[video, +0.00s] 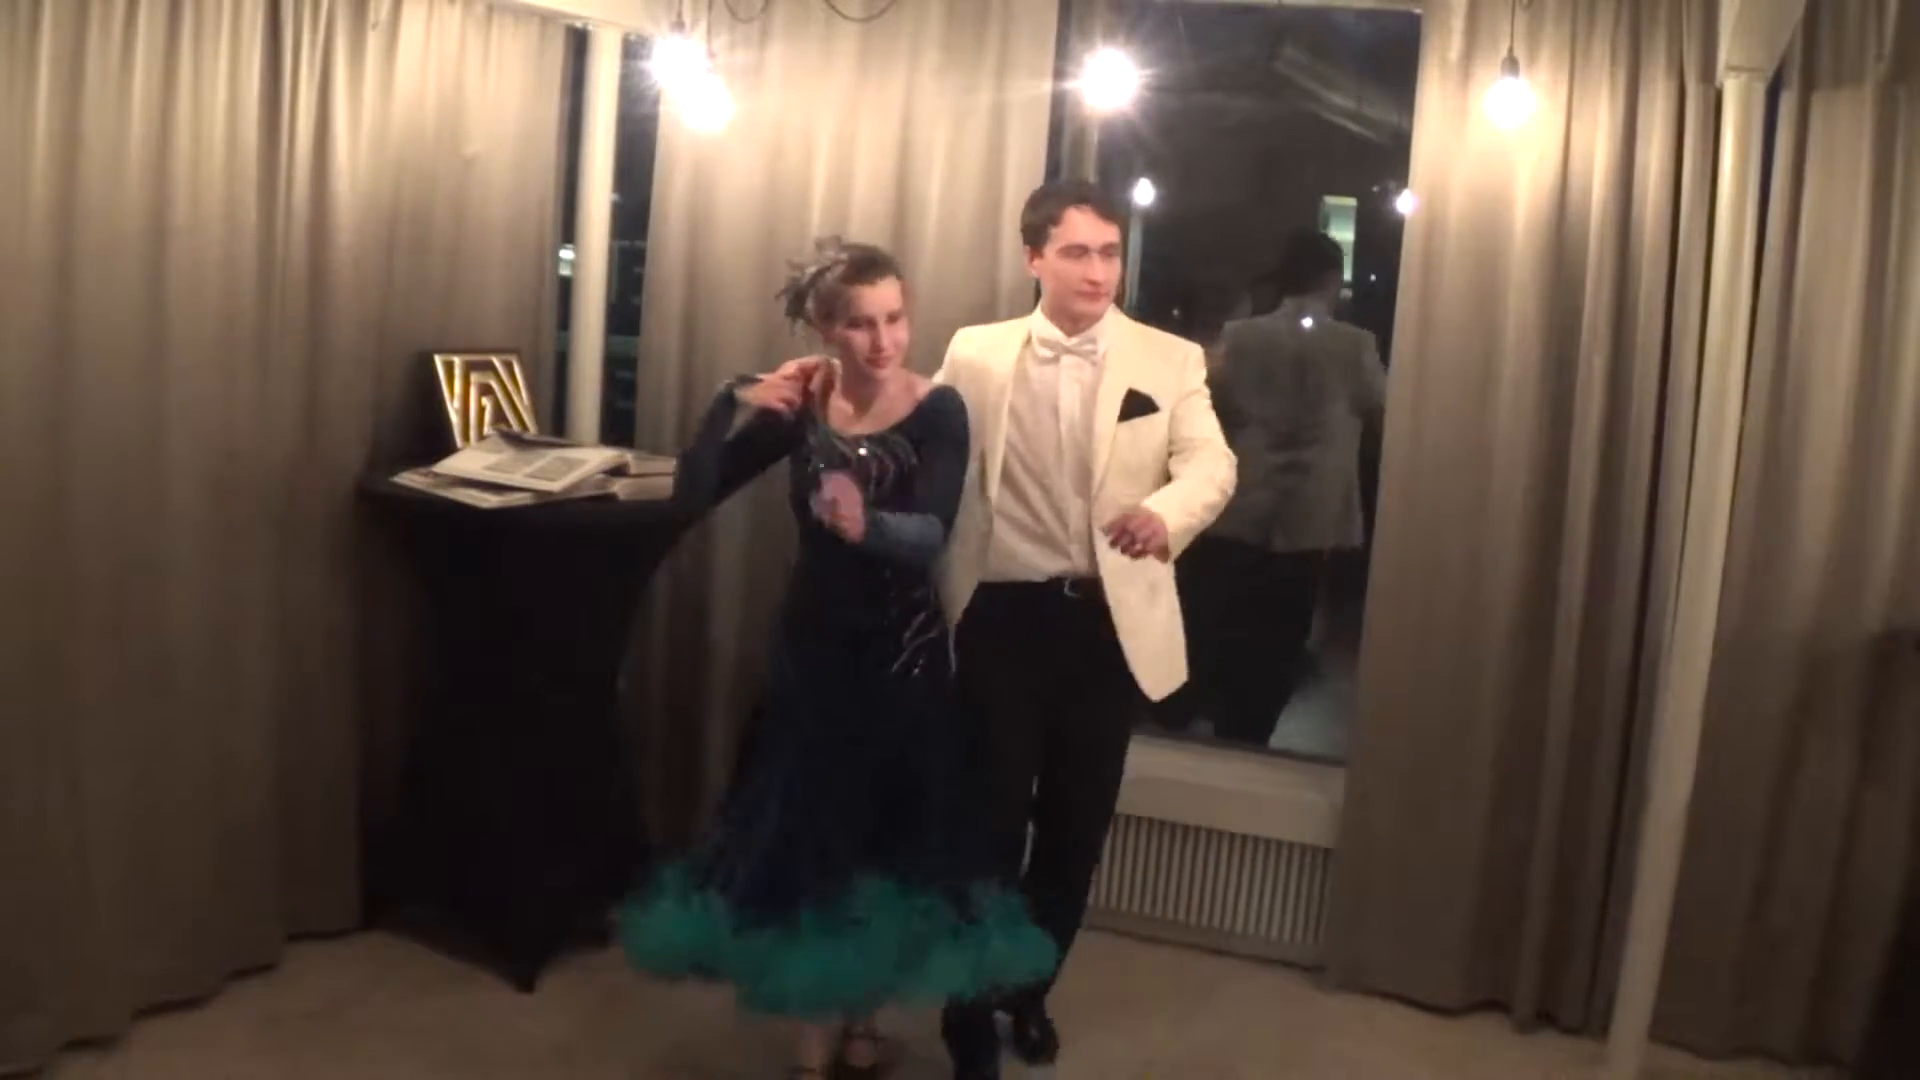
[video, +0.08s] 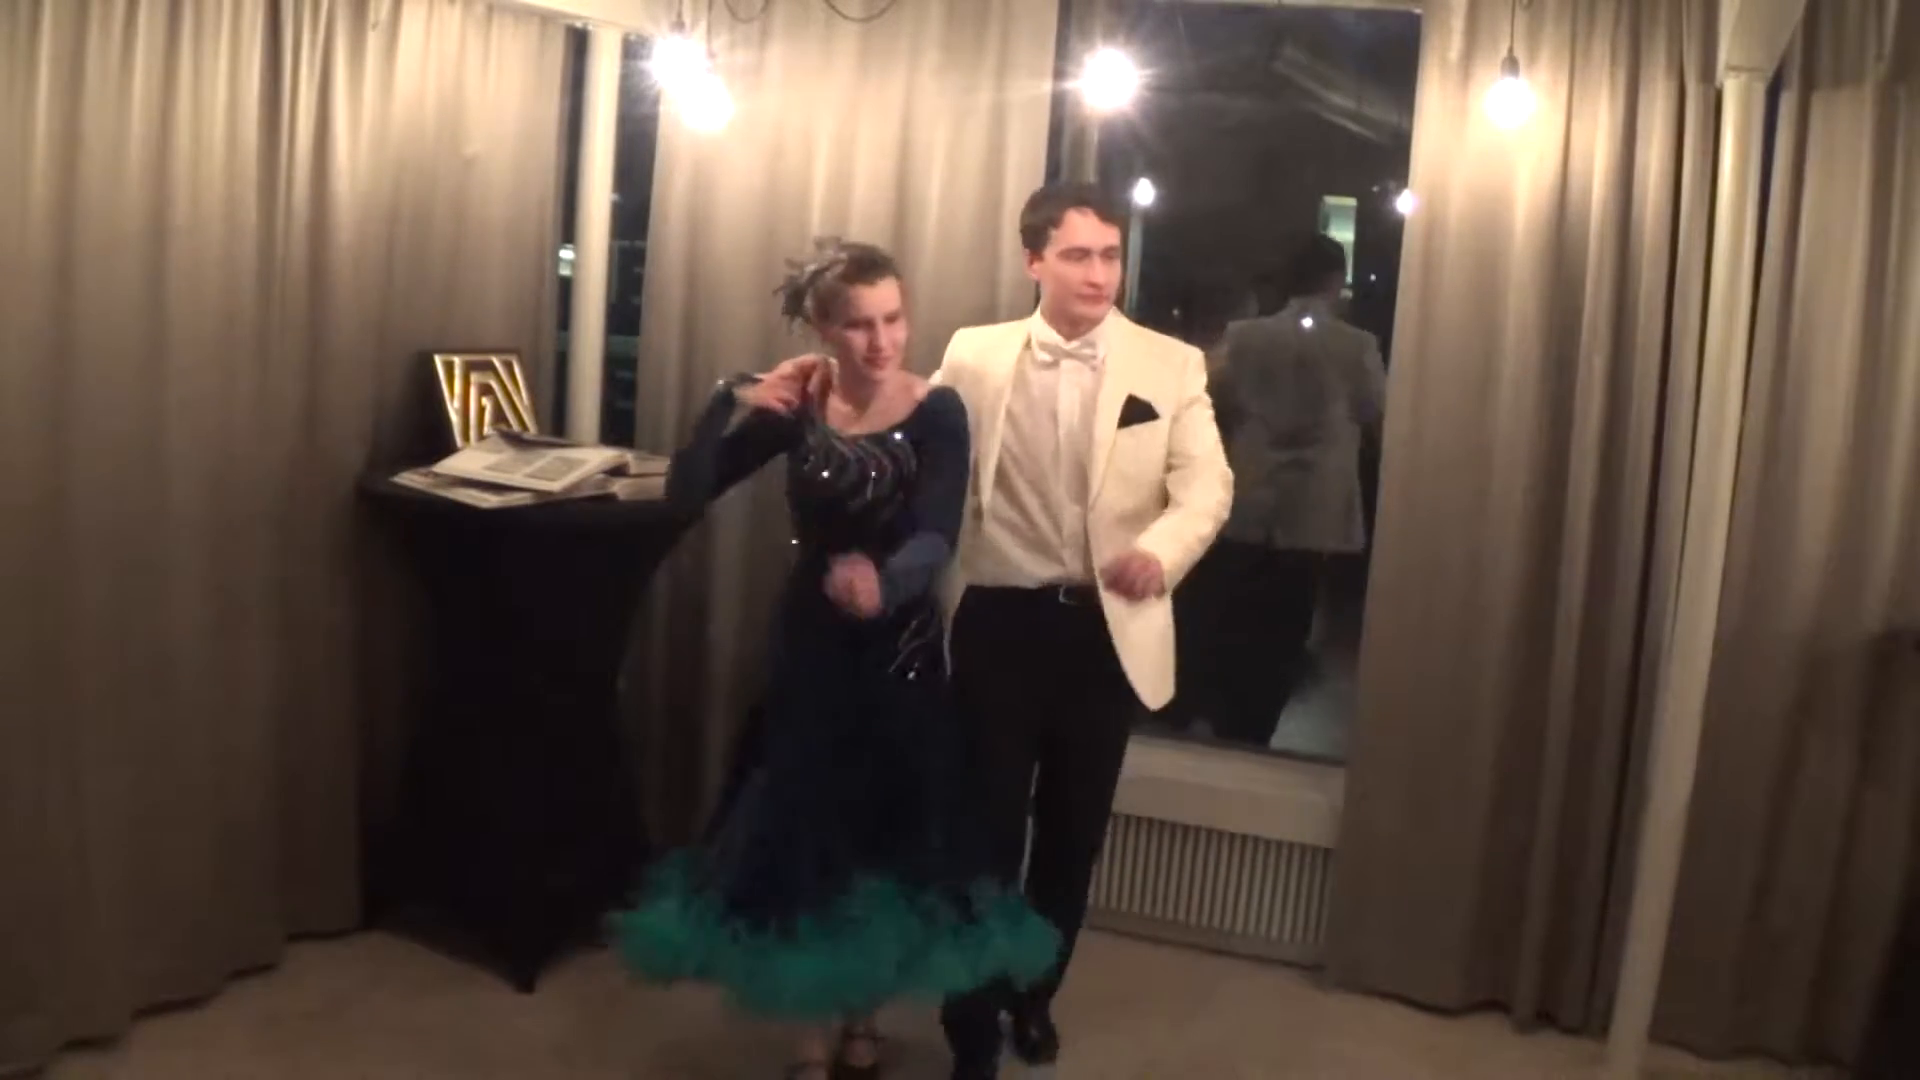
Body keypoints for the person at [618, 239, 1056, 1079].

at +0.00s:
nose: (881, 339)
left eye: (893, 319)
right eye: (860, 324)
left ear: (911, 314)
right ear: (824, 330)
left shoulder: (938, 412)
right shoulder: (804, 401)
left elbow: (931, 535)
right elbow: (697, 491)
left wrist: (865, 523)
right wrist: (741, 405)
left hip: (904, 642)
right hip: (817, 633)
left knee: (885, 819)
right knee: (806, 816)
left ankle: (862, 1013)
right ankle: (810, 1022)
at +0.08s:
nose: (880, 340)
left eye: (892, 320)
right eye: (859, 325)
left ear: (909, 316)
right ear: (823, 330)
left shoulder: (937, 412)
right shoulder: (801, 403)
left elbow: (936, 532)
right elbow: (690, 490)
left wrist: (889, 580)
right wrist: (743, 406)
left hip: (900, 635)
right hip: (814, 628)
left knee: (883, 814)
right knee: (804, 808)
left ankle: (862, 1008)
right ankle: (809, 1021)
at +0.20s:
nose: (876, 372)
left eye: (889, 352)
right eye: (855, 355)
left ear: (906, 352)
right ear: (817, 361)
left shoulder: (931, 445)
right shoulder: (795, 435)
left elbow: (947, 575)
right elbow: (688, 525)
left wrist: (920, 682)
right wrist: (742, 452)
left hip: (893, 674)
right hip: (806, 665)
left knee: (883, 840)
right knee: (802, 833)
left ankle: (874, 1010)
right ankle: (822, 1005)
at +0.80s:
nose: (929, 354)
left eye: (936, 336)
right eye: (910, 333)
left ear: (941, 343)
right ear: (848, 335)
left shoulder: (939, 438)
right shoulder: (782, 426)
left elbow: (1018, 550)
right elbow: (641, 474)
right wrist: (742, 423)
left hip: (901, 691)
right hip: (801, 683)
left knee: (901, 878)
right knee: (777, 870)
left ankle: (891, 1042)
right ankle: (779, 1036)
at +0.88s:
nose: (934, 342)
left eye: (942, 324)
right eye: (919, 318)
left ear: (944, 333)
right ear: (857, 312)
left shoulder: (929, 429)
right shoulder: (777, 402)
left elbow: (1037, 484)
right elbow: (622, 395)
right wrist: (747, 361)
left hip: (895, 697)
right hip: (795, 688)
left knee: (897, 889)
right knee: (764, 882)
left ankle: (888, 1045)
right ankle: (753, 1047)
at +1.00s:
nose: (939, 386)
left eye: (945, 367)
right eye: (924, 363)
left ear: (948, 369)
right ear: (858, 349)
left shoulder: (929, 474)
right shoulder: (770, 438)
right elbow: (617, 468)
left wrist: (968, 518)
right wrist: (733, 422)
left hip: (870, 728)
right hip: (764, 719)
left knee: (843, 941)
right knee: (738, 938)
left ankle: (827, 1060)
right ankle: (739, 1061)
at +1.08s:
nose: (933, 432)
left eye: (940, 414)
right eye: (921, 407)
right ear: (860, 393)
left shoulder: (919, 522)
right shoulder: (754, 482)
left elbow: (975, 661)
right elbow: (621, 555)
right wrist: (717, 480)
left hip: (862, 778)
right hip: (751, 771)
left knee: (851, 975)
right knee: (742, 979)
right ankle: (770, 1063)